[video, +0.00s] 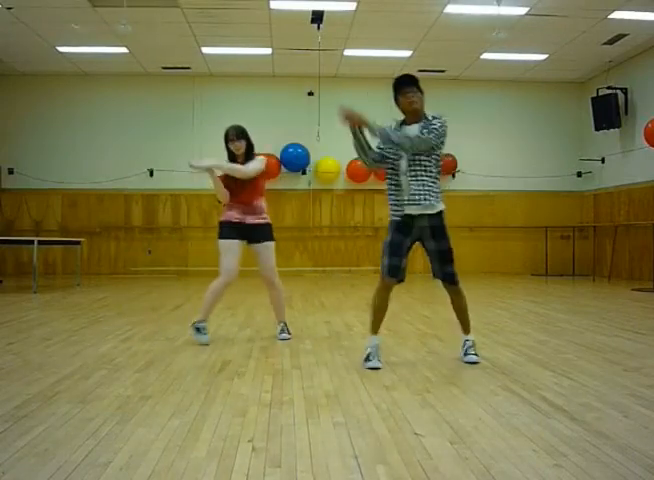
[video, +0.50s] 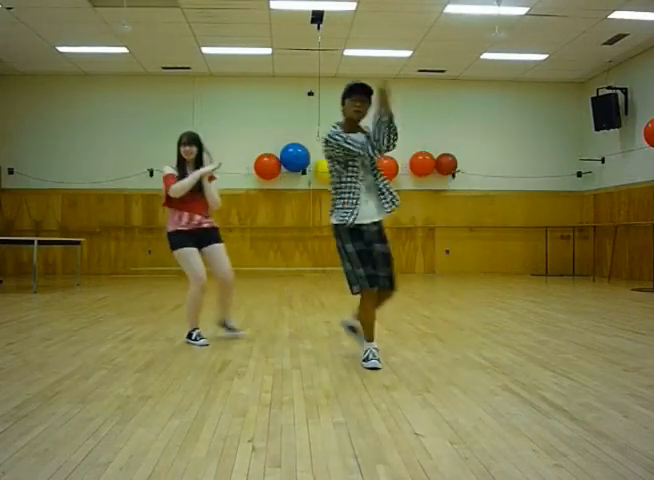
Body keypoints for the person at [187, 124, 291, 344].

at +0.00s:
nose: (236, 144)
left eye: (239, 139)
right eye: (231, 141)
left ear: (247, 141)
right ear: (227, 145)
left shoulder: (261, 161)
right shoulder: (226, 168)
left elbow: (246, 172)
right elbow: (224, 198)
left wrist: (214, 165)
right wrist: (212, 172)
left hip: (258, 222)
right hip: (232, 221)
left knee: (270, 277)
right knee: (228, 274)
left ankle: (282, 324)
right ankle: (200, 322)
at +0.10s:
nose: (226, 148)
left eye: (229, 144)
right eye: (221, 145)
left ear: (237, 145)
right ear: (217, 148)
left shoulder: (250, 163)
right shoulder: (216, 171)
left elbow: (230, 170)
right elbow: (213, 198)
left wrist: (208, 162)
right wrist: (206, 172)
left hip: (248, 226)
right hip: (218, 226)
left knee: (265, 279)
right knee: (212, 279)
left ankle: (281, 325)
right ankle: (194, 329)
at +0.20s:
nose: (216, 150)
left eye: (220, 146)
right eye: (212, 147)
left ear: (227, 148)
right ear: (207, 150)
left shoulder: (239, 166)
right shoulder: (203, 171)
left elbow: (222, 174)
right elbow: (201, 199)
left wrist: (203, 162)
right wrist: (199, 170)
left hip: (234, 229)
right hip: (206, 229)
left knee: (255, 281)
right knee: (209, 279)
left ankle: (279, 324)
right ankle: (194, 330)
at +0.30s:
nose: (205, 152)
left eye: (209, 147)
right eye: (201, 147)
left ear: (217, 149)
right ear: (196, 151)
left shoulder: (229, 170)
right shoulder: (191, 177)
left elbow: (222, 182)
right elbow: (190, 198)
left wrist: (205, 163)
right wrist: (199, 170)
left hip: (224, 230)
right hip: (196, 231)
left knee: (249, 281)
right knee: (204, 281)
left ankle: (274, 324)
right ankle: (194, 330)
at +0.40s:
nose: (196, 152)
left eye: (200, 147)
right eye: (193, 147)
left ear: (208, 151)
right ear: (187, 151)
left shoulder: (217, 176)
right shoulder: (180, 179)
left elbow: (223, 198)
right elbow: (182, 196)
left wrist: (208, 167)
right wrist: (201, 172)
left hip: (215, 230)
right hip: (188, 232)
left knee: (241, 281)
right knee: (201, 280)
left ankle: (258, 325)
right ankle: (193, 331)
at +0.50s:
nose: (187, 149)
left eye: (192, 145)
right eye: (184, 145)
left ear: (199, 148)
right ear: (179, 149)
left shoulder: (206, 173)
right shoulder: (171, 172)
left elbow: (215, 204)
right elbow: (175, 192)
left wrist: (206, 178)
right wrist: (200, 172)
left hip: (206, 227)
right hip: (180, 230)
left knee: (226, 276)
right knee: (199, 278)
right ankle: (193, 330)